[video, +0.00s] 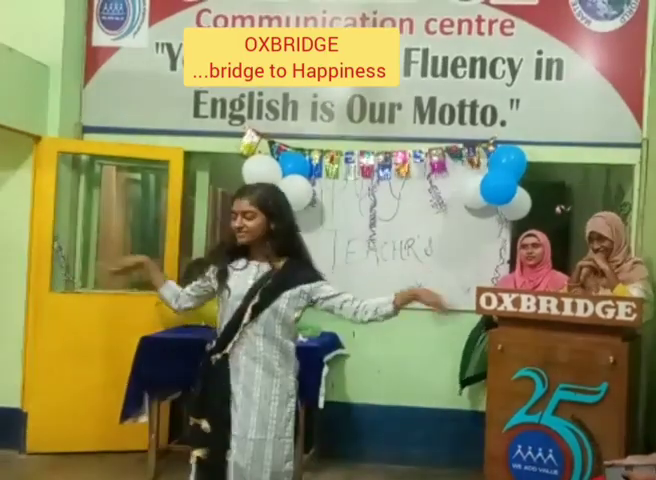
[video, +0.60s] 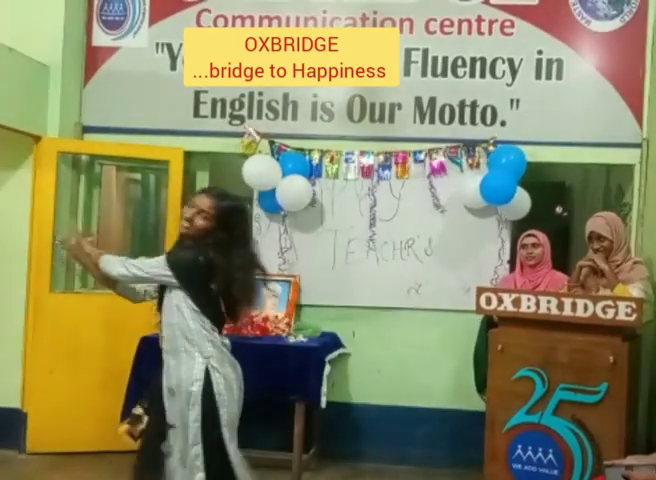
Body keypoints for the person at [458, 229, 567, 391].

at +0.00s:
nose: (529, 251)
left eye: (535, 246)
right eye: (524, 247)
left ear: (546, 250)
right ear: (518, 252)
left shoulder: (561, 282)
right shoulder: (506, 282)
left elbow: (566, 317)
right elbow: (493, 316)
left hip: (548, 346)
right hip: (511, 346)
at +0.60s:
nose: (529, 251)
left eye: (535, 246)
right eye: (524, 247)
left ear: (545, 250)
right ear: (518, 252)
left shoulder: (561, 282)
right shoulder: (506, 282)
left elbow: (566, 321)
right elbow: (493, 319)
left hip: (548, 351)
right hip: (511, 350)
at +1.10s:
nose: (529, 251)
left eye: (535, 246)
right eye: (524, 247)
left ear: (545, 250)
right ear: (518, 252)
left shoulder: (561, 282)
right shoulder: (506, 282)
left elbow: (566, 320)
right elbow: (494, 320)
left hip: (548, 352)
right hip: (511, 350)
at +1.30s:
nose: (530, 251)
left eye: (536, 246)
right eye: (524, 246)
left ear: (546, 250)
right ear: (518, 252)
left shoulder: (561, 281)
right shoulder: (506, 282)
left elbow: (566, 317)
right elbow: (494, 317)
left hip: (548, 347)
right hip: (512, 346)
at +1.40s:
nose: (530, 251)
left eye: (536, 246)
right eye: (525, 247)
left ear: (546, 250)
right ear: (519, 252)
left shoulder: (561, 281)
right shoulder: (507, 282)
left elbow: (566, 318)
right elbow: (493, 319)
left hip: (548, 349)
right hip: (511, 348)